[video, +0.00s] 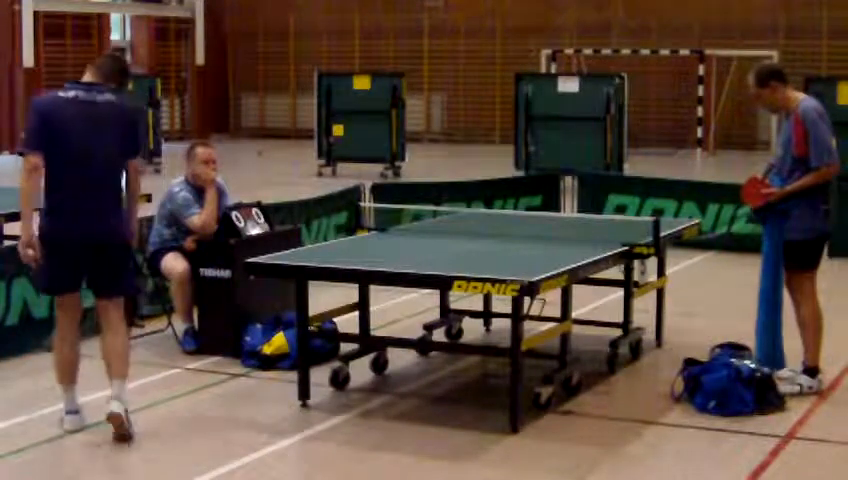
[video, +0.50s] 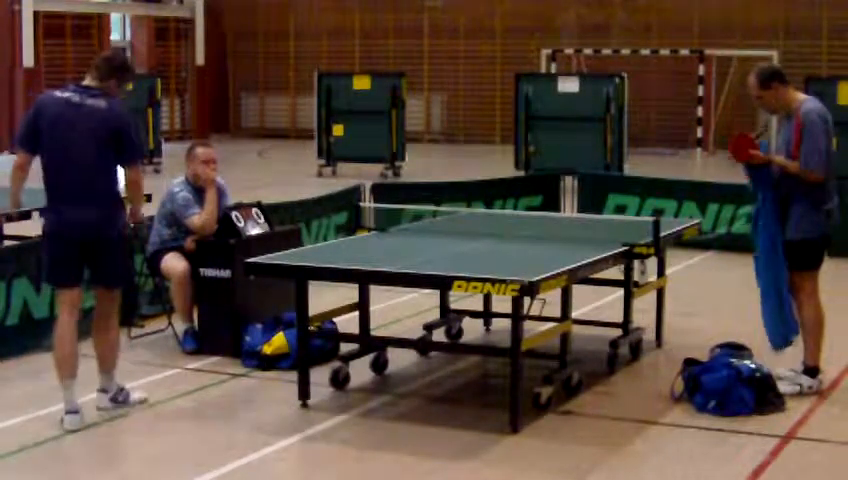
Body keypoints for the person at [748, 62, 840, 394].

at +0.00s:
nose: (761, 104)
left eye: (761, 97)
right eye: (758, 98)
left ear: (775, 88)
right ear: (775, 88)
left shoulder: (809, 111)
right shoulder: (790, 115)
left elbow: (829, 166)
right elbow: (783, 161)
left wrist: (781, 191)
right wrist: (765, 179)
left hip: (806, 220)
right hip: (791, 218)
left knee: (803, 290)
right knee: (797, 289)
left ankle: (811, 370)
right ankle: (808, 366)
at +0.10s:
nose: (759, 104)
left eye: (759, 97)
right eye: (756, 98)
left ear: (773, 88)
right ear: (774, 88)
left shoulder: (808, 113)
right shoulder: (791, 115)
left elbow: (828, 167)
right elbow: (785, 162)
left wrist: (781, 191)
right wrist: (766, 179)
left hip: (807, 220)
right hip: (792, 219)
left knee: (803, 288)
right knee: (797, 287)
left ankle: (812, 370)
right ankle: (809, 366)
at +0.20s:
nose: (759, 104)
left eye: (759, 97)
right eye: (756, 98)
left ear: (773, 88)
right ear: (773, 88)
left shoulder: (808, 113)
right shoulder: (791, 116)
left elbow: (827, 168)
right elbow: (788, 165)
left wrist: (780, 189)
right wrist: (765, 181)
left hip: (807, 221)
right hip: (792, 220)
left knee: (803, 289)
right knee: (798, 288)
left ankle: (811, 370)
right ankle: (808, 366)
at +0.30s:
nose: (759, 105)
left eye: (759, 97)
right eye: (756, 98)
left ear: (773, 88)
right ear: (773, 88)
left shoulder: (808, 114)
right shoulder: (791, 116)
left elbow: (824, 170)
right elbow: (789, 165)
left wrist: (775, 182)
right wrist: (763, 177)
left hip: (808, 220)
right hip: (794, 218)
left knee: (803, 287)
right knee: (797, 286)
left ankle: (811, 370)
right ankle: (806, 364)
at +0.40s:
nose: (760, 107)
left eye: (760, 99)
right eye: (757, 100)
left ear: (776, 88)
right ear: (774, 89)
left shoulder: (810, 114)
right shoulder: (787, 117)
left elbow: (821, 169)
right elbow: (787, 161)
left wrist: (776, 171)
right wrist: (758, 166)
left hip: (809, 215)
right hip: (791, 214)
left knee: (804, 288)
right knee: (797, 287)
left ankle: (811, 370)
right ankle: (805, 363)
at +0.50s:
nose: (761, 106)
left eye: (761, 98)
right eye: (758, 100)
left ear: (776, 88)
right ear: (775, 89)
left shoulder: (811, 115)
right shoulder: (790, 117)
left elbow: (814, 172)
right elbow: (789, 168)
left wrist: (773, 159)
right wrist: (758, 160)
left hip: (809, 216)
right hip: (792, 214)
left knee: (805, 289)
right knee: (798, 288)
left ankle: (811, 370)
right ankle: (808, 366)